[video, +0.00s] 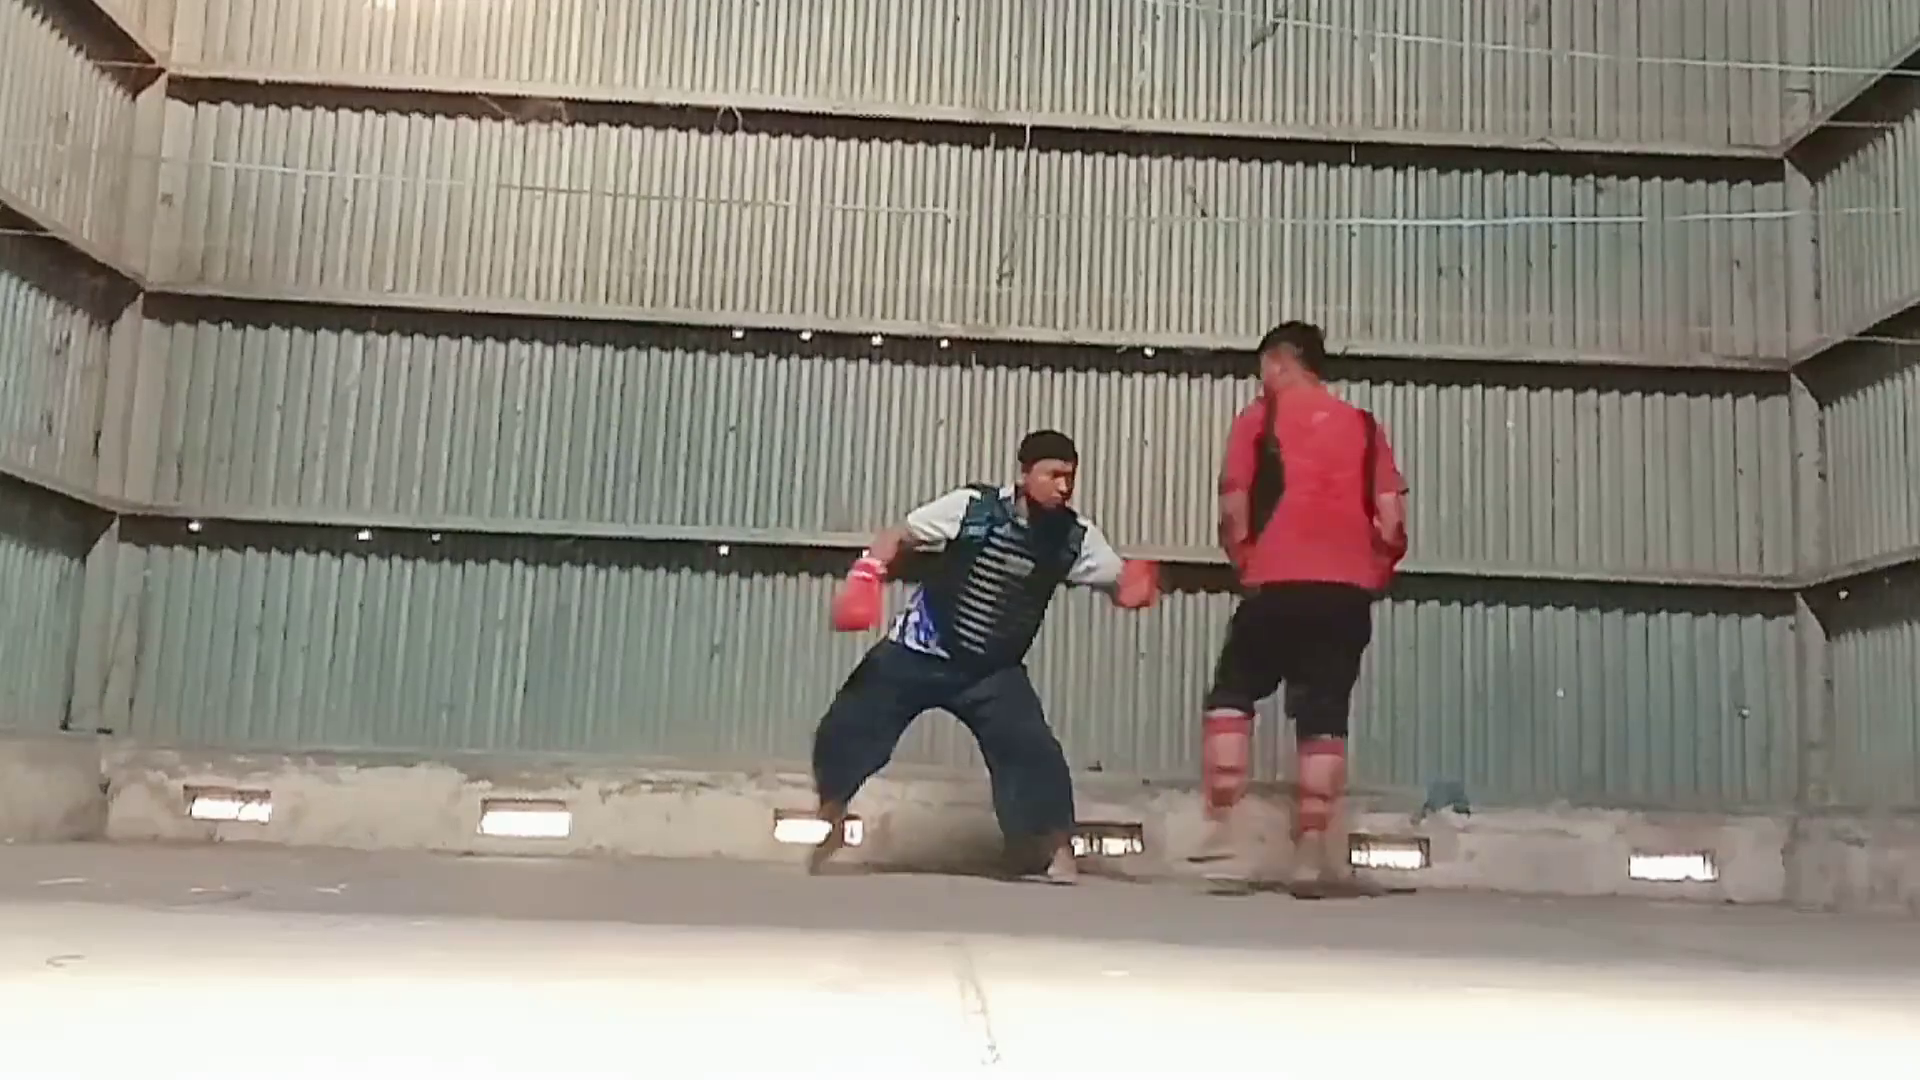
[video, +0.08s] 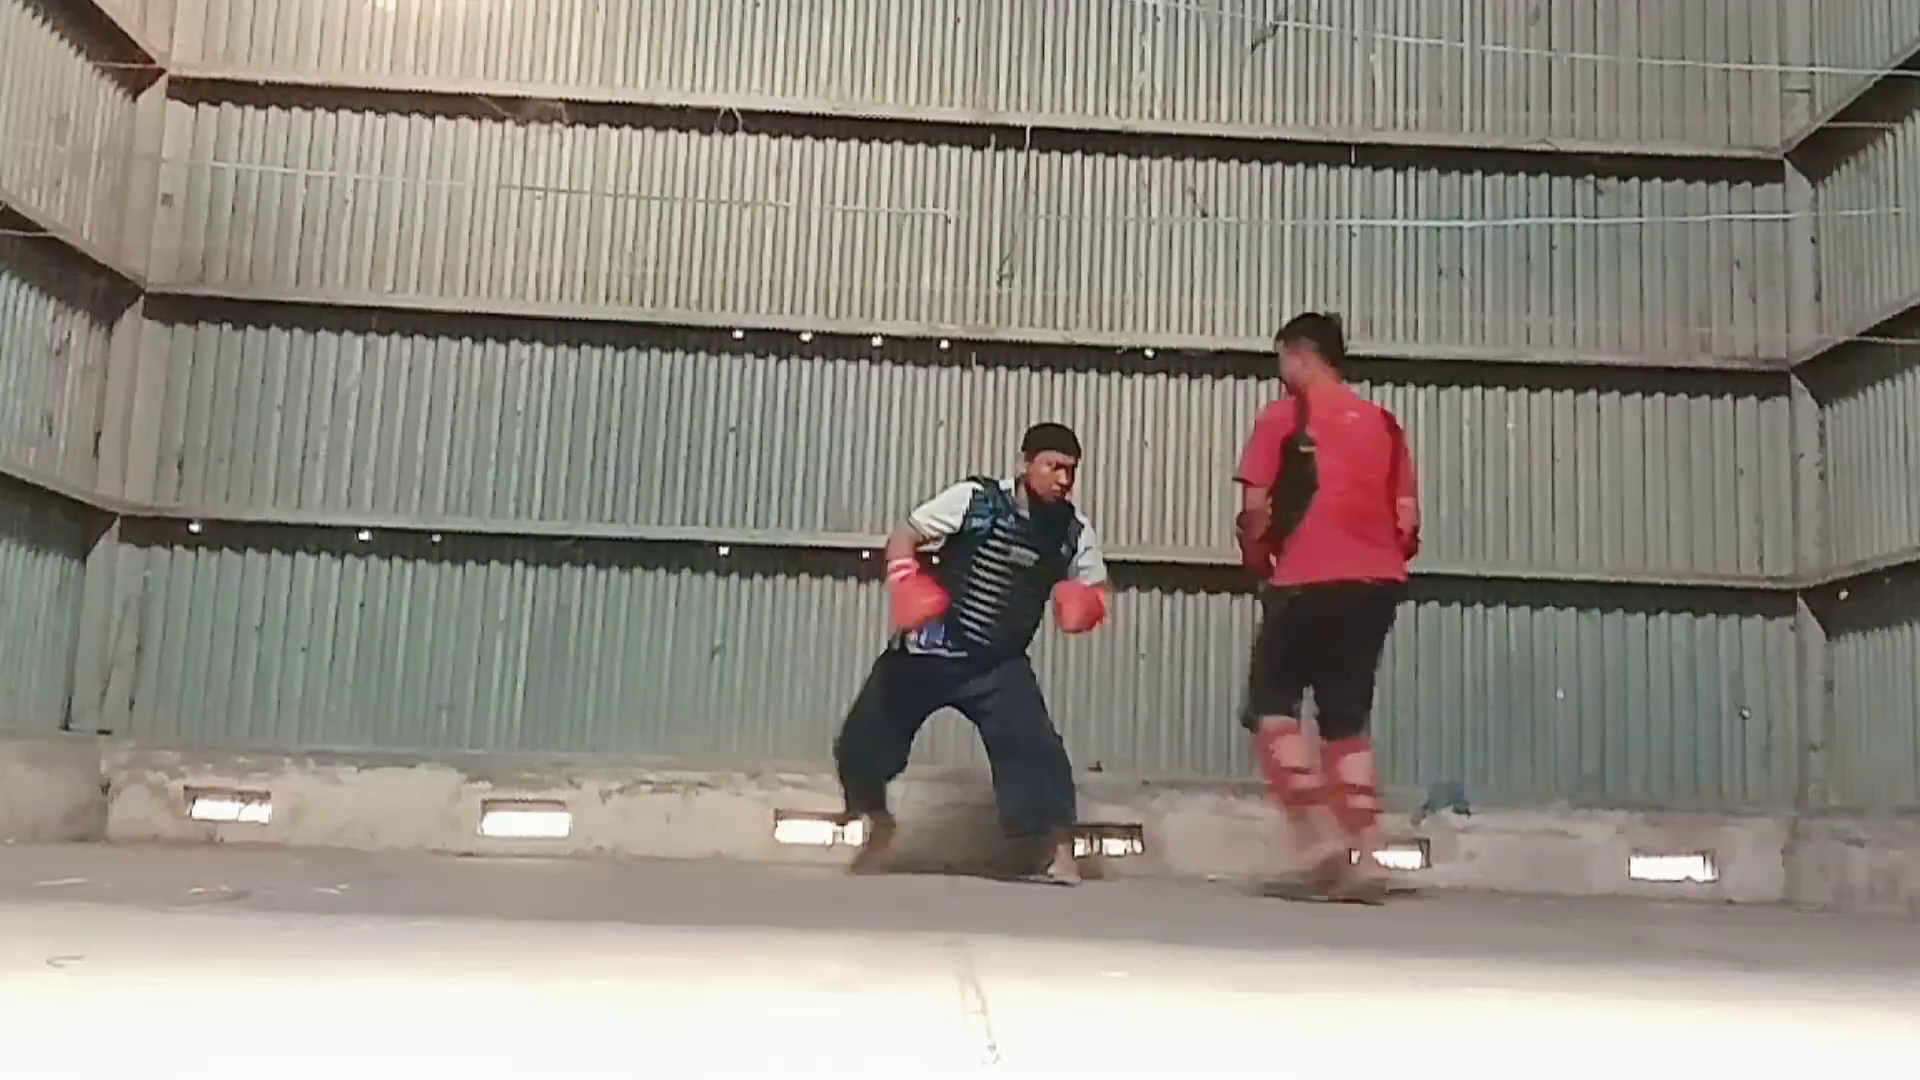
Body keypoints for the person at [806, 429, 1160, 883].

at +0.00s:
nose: (1064, 487)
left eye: (1070, 477)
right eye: (1055, 475)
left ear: (1074, 479)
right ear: (1025, 473)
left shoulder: (1076, 536)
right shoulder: (972, 506)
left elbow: (1121, 587)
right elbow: (898, 536)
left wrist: (1136, 586)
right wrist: (866, 573)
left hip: (993, 672)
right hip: (915, 653)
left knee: (1034, 751)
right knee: (844, 730)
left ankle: (1058, 851)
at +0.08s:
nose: (1064, 479)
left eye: (1071, 470)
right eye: (1055, 467)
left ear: (1074, 473)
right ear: (1027, 463)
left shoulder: (1074, 532)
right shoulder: (974, 499)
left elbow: (1096, 590)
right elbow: (904, 536)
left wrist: (1084, 606)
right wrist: (907, 583)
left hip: (999, 666)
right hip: (925, 653)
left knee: (1039, 749)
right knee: (859, 746)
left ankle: (1061, 854)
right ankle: (877, 826)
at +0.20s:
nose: (1036, 473)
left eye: (1043, 465)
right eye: (1027, 461)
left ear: (1046, 469)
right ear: (999, 458)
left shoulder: (1045, 518)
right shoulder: (951, 498)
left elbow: (1053, 590)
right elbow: (909, 561)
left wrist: (1069, 577)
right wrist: (966, 551)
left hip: (1000, 657)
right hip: (931, 655)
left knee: (1031, 733)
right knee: (909, 750)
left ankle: (1048, 841)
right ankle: (912, 841)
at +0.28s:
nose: (1022, 468)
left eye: (1029, 460)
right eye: (1013, 457)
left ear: (1034, 463)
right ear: (984, 453)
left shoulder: (1036, 509)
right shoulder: (937, 498)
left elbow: (1054, 579)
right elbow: (920, 565)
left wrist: (1074, 551)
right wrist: (975, 530)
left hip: (999, 659)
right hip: (927, 659)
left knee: (1033, 732)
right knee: (904, 757)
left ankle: (1062, 836)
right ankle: (918, 843)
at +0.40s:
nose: (1017, 441)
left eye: (1025, 433)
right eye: (1009, 429)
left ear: (1033, 437)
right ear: (984, 423)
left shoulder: (1029, 480)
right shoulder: (939, 461)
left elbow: (1063, 537)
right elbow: (933, 516)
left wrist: (1066, 490)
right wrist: (985, 471)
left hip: (995, 623)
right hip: (929, 619)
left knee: (1032, 711)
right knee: (916, 732)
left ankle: (1044, 841)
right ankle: (917, 844)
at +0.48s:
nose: (1020, 425)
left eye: (1030, 419)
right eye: (1013, 414)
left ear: (1036, 427)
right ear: (988, 410)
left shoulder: (1031, 472)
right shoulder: (943, 447)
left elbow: (1062, 530)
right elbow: (933, 503)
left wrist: (1066, 482)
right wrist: (991, 461)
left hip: (996, 612)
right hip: (930, 609)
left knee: (1032, 707)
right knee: (911, 717)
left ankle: (1028, 834)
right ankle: (892, 833)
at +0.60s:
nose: (1024, 427)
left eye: (1033, 420)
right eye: (1016, 415)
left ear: (1040, 426)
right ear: (991, 412)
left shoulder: (1038, 476)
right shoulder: (947, 455)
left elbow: (1060, 542)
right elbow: (936, 520)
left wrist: (1066, 500)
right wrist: (992, 477)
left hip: (1000, 629)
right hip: (929, 622)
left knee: (1030, 718)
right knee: (882, 714)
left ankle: (1025, 842)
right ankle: (880, 831)